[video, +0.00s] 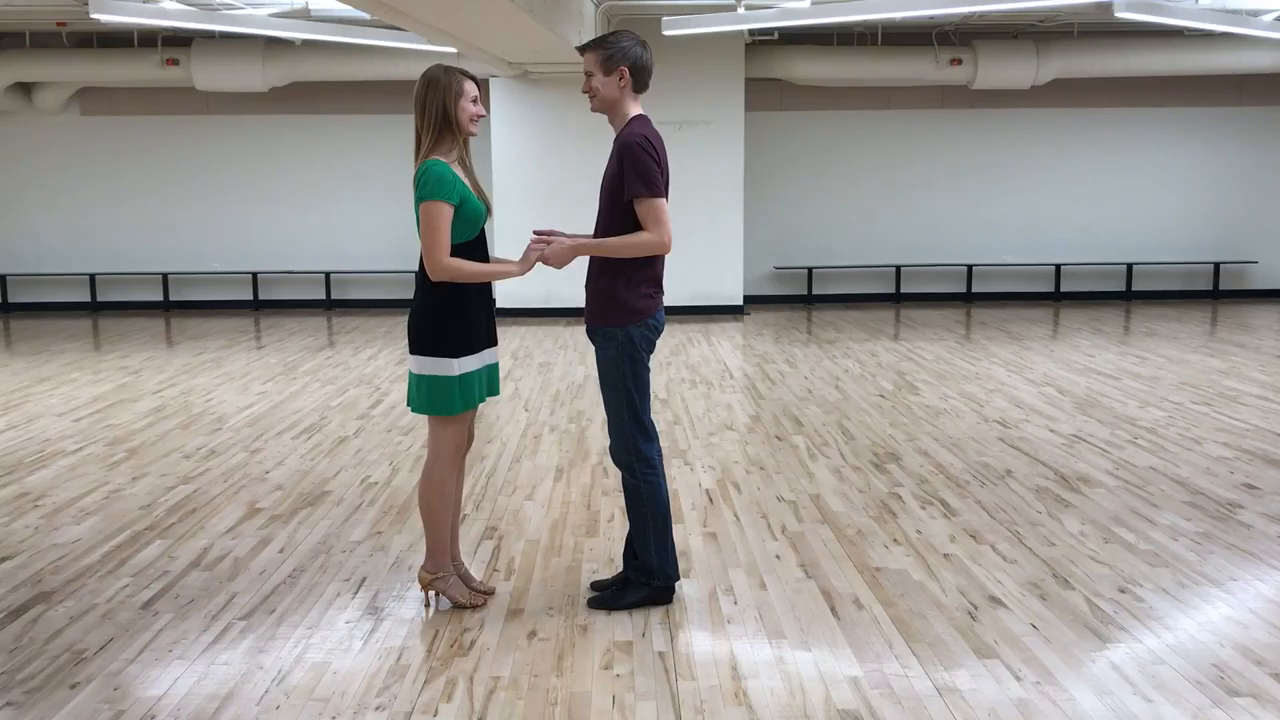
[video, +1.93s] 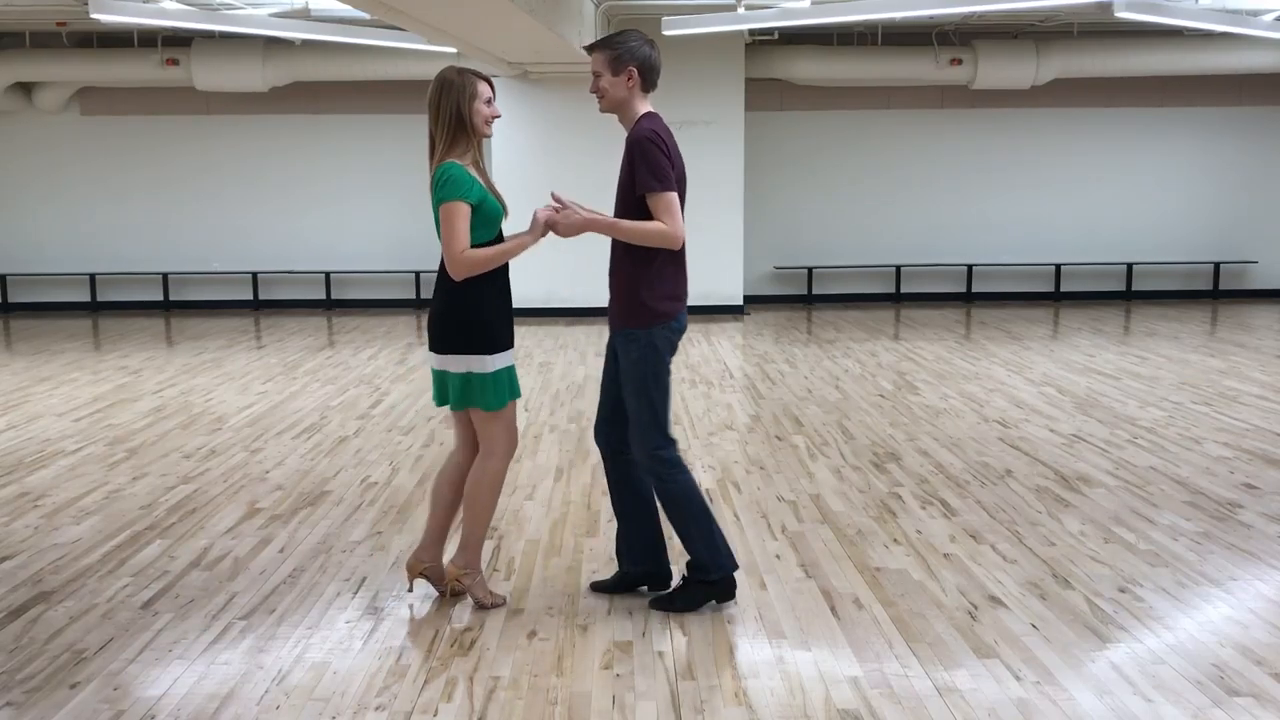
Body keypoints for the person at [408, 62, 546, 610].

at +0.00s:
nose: (480, 109)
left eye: (479, 100)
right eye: (470, 100)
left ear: (465, 107)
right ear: (444, 106)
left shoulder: (457, 170)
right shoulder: (438, 174)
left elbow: (463, 257)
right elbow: (437, 265)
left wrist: (516, 263)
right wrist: (512, 268)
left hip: (465, 325)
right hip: (444, 329)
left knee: (458, 445)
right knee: (444, 450)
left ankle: (451, 560)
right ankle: (436, 566)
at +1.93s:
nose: (495, 109)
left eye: (493, 100)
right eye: (486, 101)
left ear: (467, 109)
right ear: (461, 109)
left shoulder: (466, 172)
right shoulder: (455, 177)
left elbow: (479, 251)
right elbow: (458, 263)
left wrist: (532, 230)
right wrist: (529, 237)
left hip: (462, 327)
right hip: (476, 329)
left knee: (469, 446)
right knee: (499, 442)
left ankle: (427, 554)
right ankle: (467, 564)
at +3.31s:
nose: (463, 115)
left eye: (461, 106)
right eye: (454, 106)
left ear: (441, 113)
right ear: (426, 114)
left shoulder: (437, 175)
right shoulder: (416, 180)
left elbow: (442, 262)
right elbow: (418, 270)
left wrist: (494, 265)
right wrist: (488, 267)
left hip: (439, 331)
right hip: (430, 336)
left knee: (444, 447)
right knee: (471, 447)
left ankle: (419, 562)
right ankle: (410, 552)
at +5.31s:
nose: (477, 111)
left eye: (475, 102)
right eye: (466, 102)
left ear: (459, 111)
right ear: (440, 111)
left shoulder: (455, 173)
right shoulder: (433, 177)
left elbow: (479, 251)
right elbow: (466, 261)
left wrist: (535, 229)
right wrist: (529, 233)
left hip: (468, 327)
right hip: (449, 330)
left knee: (482, 443)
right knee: (478, 446)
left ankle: (420, 544)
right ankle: (460, 562)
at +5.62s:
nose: (450, 113)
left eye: (447, 104)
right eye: (439, 105)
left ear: (428, 113)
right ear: (412, 114)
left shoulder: (426, 176)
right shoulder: (403, 180)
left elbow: (435, 263)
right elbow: (405, 273)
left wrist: (486, 271)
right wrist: (478, 275)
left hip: (430, 332)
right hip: (421, 338)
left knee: (437, 446)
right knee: (465, 445)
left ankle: (411, 560)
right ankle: (405, 550)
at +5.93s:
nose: (432, 113)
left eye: (430, 104)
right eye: (422, 105)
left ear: (409, 114)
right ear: (396, 113)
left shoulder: (410, 177)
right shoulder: (388, 180)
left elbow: (410, 263)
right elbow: (369, 267)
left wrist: (460, 265)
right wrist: (443, 277)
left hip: (414, 334)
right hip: (386, 336)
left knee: (446, 442)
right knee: (382, 452)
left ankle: (410, 554)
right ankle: (337, 567)